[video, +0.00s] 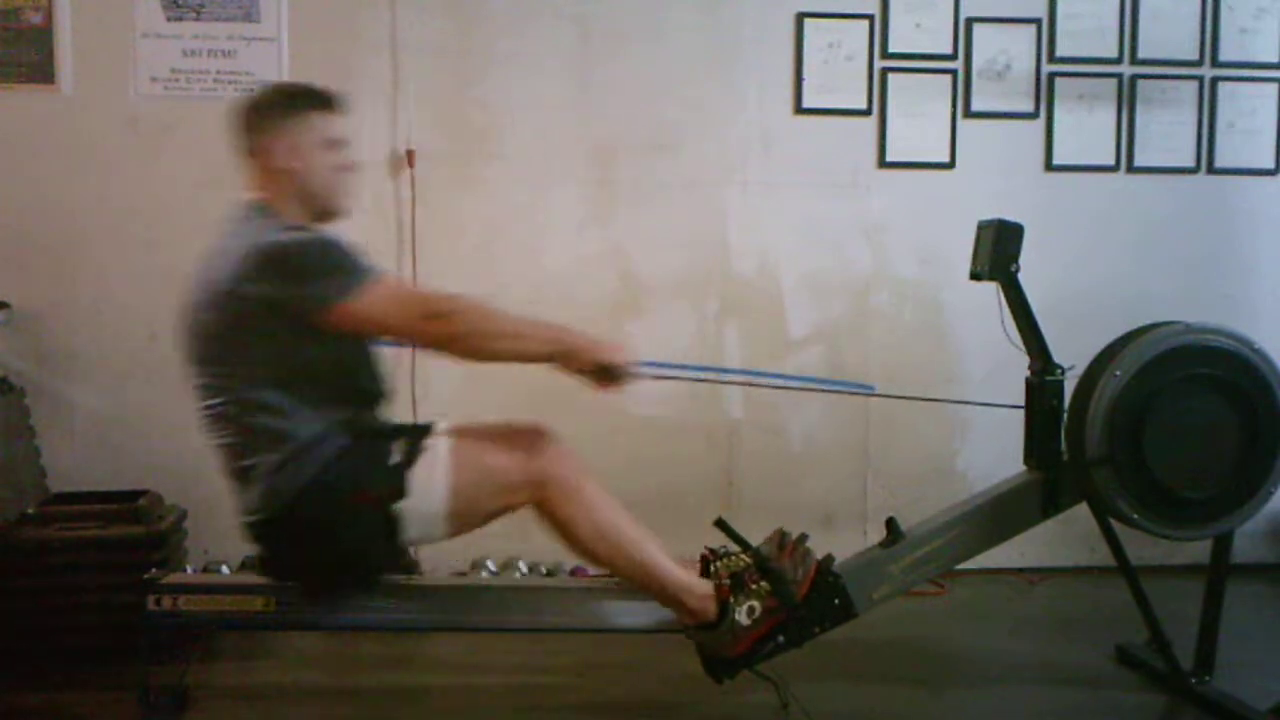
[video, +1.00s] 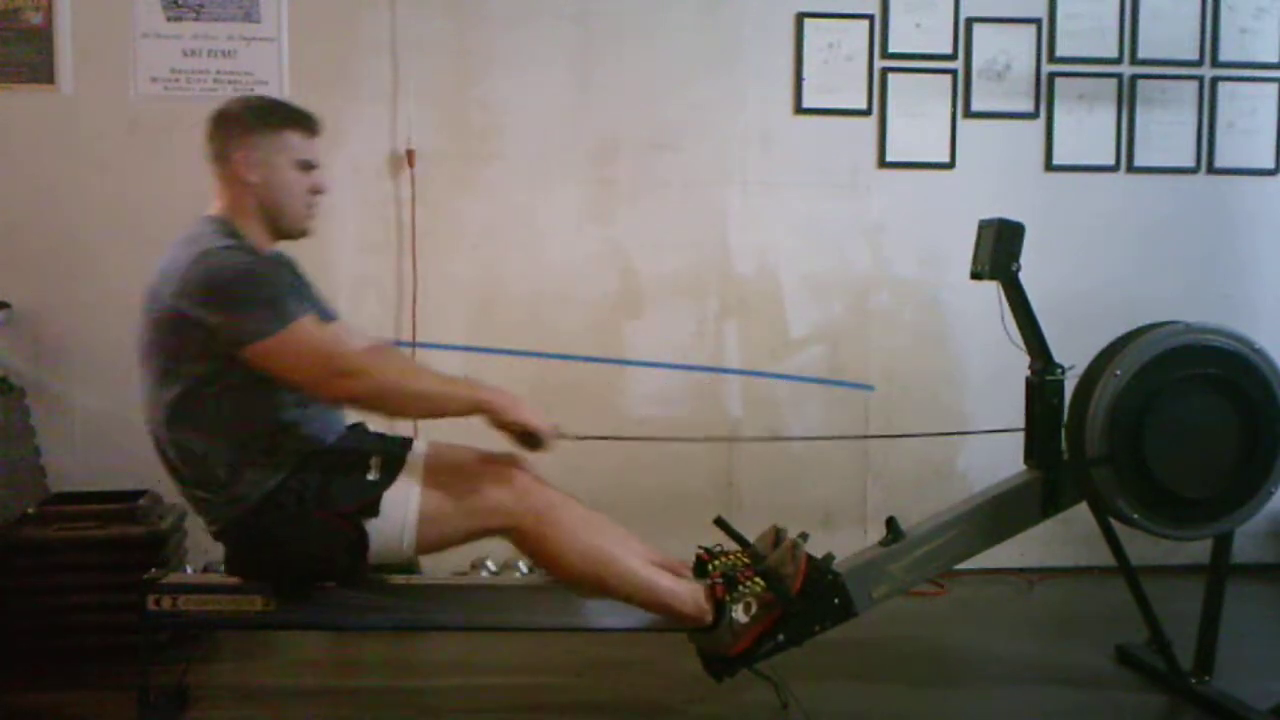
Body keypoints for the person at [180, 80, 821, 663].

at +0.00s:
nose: (349, 166)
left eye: (345, 147)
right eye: (331, 148)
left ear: (281, 159)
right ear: (275, 154)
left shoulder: (267, 247)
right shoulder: (282, 252)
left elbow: (429, 318)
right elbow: (433, 320)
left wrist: (565, 346)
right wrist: (572, 348)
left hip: (319, 484)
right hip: (324, 496)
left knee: (533, 449)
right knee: (539, 457)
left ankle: (696, 598)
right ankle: (706, 612)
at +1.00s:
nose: (320, 186)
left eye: (318, 169)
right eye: (303, 169)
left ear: (252, 174)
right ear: (243, 170)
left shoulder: (260, 264)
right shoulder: (218, 267)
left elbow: (360, 365)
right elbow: (342, 376)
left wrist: (479, 397)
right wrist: (484, 399)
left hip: (314, 479)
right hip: (284, 507)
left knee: (511, 475)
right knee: (509, 489)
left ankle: (703, 584)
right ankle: (705, 613)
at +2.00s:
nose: (706, 208)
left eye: (703, 192)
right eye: (696, 191)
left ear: (642, 197)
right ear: (653, 195)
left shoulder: (599, 259)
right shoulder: (642, 266)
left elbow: (772, 336)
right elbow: (801, 336)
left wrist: (887, 372)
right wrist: (939, 364)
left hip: (531, 512)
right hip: (558, 517)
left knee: (716, 366)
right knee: (728, 379)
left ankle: (702, 567)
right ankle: (717, 594)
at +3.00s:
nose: (172, 199)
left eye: (169, 183)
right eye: (153, 184)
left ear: (116, 197)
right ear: (90, 197)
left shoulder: (139, 287)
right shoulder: (74, 291)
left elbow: (161, 399)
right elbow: (45, 426)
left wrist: (233, 352)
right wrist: (179, 353)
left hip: (305, 468)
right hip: (272, 500)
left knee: (502, 507)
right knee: (493, 522)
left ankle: (706, 594)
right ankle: (710, 614)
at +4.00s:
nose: (543, 187)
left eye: (539, 170)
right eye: (530, 168)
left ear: (473, 172)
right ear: (477, 170)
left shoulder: (424, 258)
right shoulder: (455, 264)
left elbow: (594, 352)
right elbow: (605, 353)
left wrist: (719, 398)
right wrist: (737, 398)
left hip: (411, 513)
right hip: (433, 520)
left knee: (605, 393)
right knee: (622, 410)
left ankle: (704, 586)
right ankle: (716, 613)